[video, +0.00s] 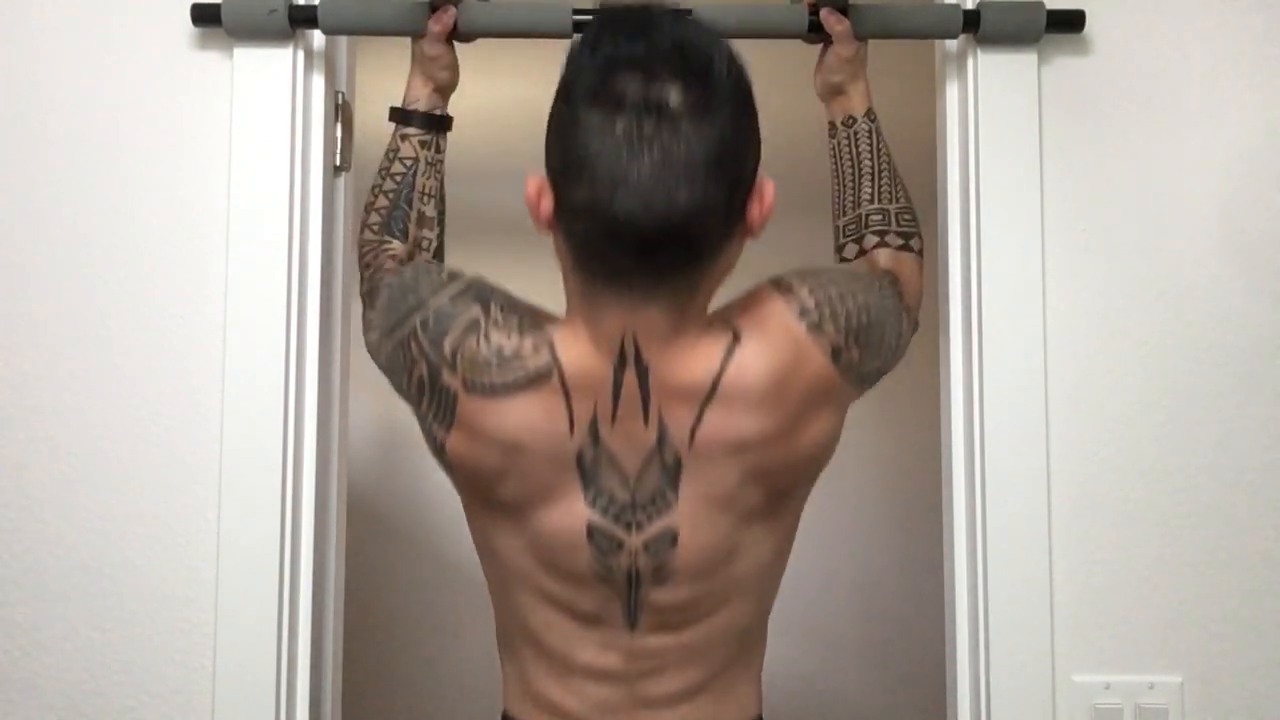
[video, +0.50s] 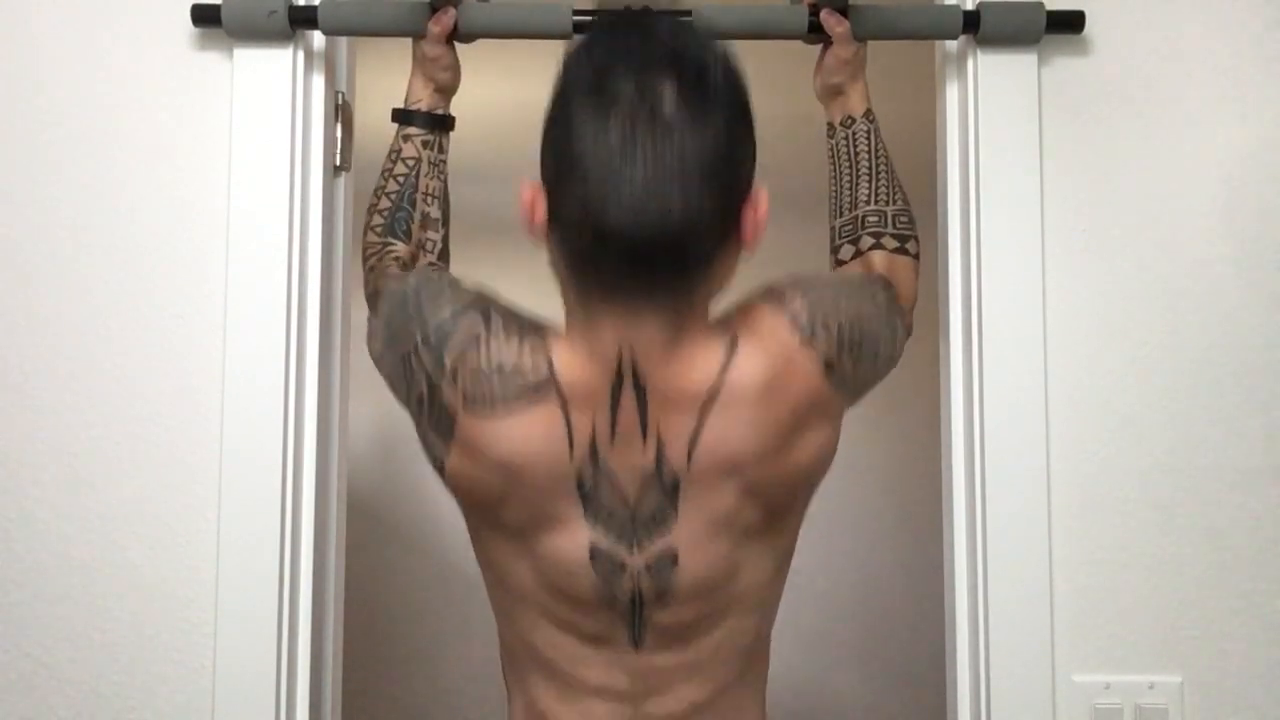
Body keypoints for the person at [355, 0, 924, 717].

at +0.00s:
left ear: (541, 202)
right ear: (757, 209)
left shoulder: (480, 374)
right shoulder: (797, 360)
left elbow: (390, 258)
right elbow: (894, 265)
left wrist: (424, 93)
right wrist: (849, 98)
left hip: (540, 709)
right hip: (725, 708)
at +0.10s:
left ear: (539, 245)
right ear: (753, 250)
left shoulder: (486, 411)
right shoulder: (791, 393)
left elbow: (396, 267)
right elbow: (887, 267)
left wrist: (425, 90)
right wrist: (848, 98)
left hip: (539, 712)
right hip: (730, 711)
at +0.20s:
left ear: (539, 281)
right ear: (749, 287)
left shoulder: (490, 436)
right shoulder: (786, 419)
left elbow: (402, 276)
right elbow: (881, 274)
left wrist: (425, 94)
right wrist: (848, 99)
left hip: (538, 713)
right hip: (730, 712)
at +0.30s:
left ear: (538, 298)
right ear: (750, 308)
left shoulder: (495, 453)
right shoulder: (788, 426)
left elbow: (406, 283)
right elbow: (881, 283)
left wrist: (427, 95)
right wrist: (848, 99)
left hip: (540, 712)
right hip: (732, 712)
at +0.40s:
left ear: (537, 281)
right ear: (749, 292)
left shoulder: (492, 438)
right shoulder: (788, 413)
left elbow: (405, 277)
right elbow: (881, 276)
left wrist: (427, 96)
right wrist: (848, 99)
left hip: (540, 712)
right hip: (733, 712)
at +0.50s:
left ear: (536, 213)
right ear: (751, 222)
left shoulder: (479, 386)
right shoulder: (795, 365)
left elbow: (395, 262)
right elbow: (887, 264)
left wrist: (427, 94)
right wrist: (847, 97)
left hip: (543, 709)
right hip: (731, 709)